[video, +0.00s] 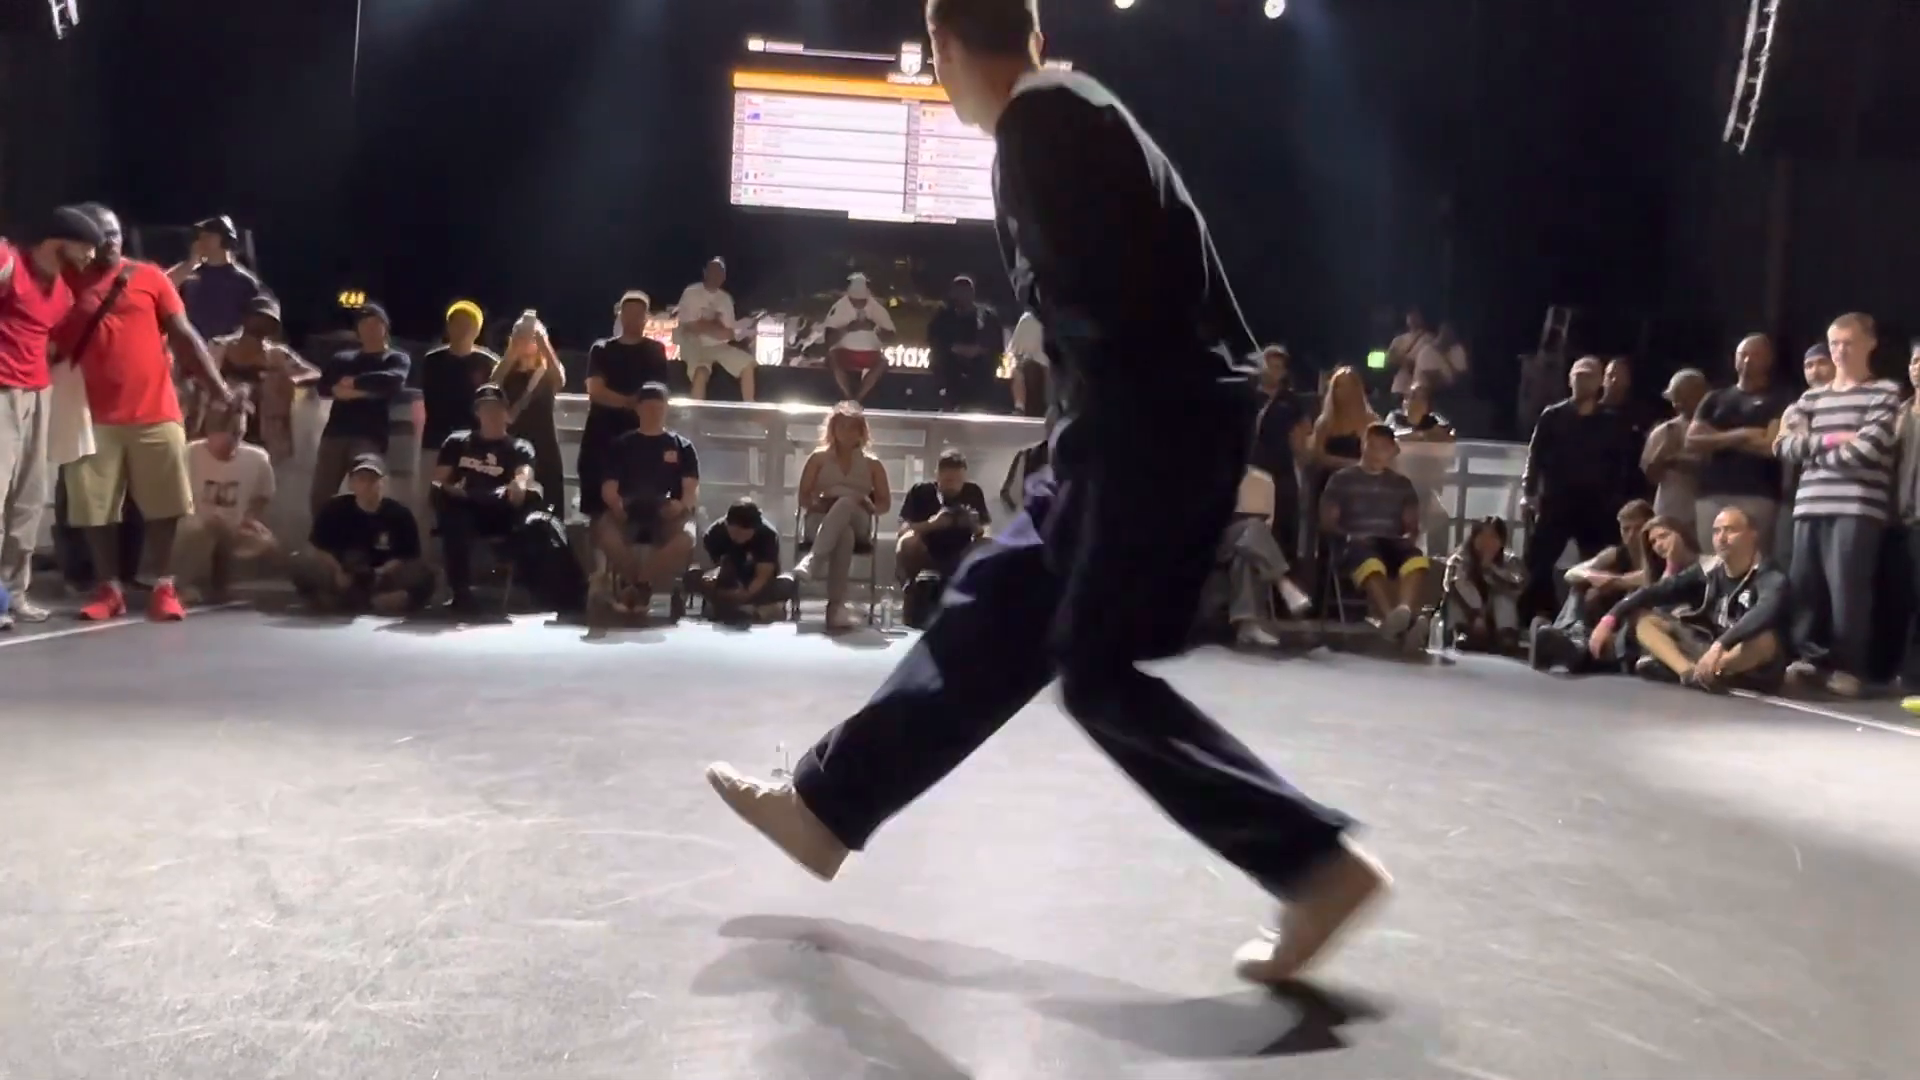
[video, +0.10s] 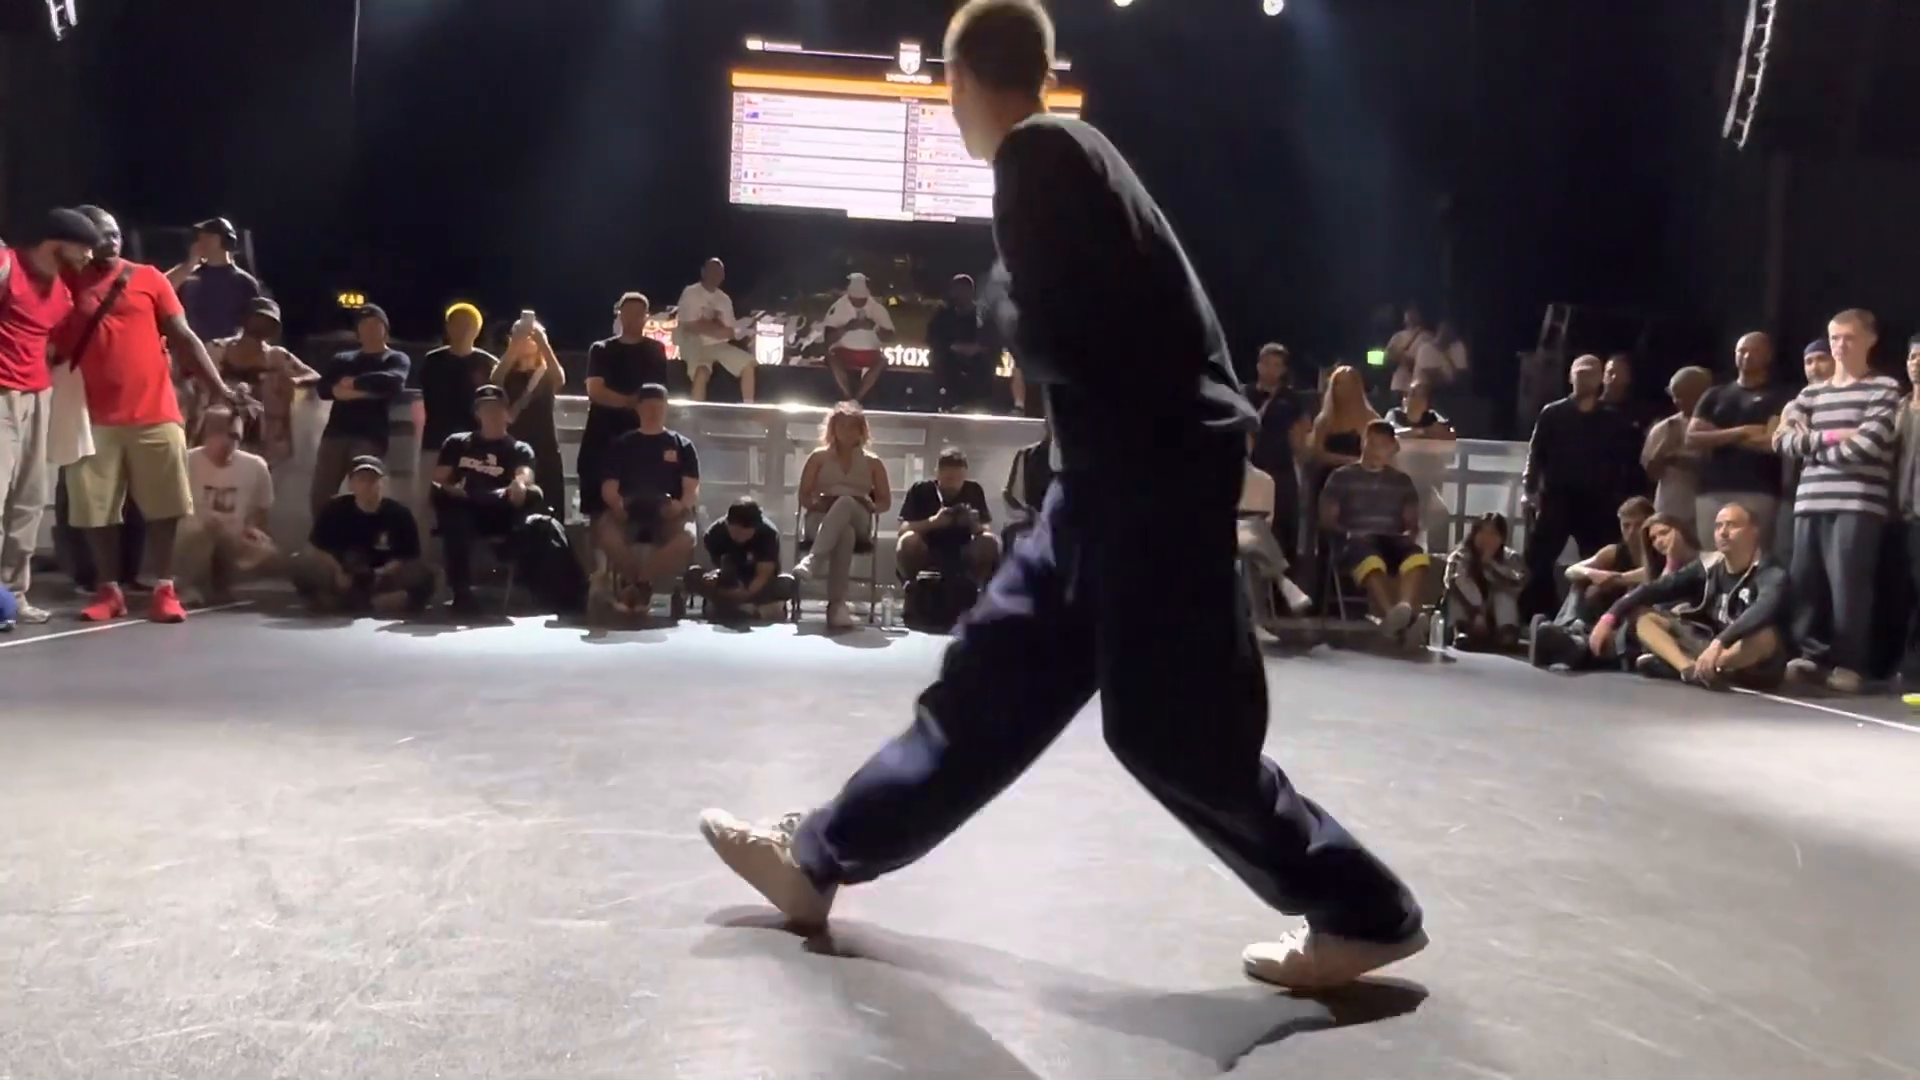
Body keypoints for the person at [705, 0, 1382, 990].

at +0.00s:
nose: (934, 75)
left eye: (934, 54)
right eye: (934, 56)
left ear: (959, 49)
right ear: (1021, 37)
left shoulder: (1042, 117)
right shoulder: (1068, 115)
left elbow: (1094, 296)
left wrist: (1028, 330)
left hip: (1160, 429)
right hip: (1122, 430)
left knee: (1097, 674)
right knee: (994, 612)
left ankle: (1317, 867)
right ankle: (829, 809)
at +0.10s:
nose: (949, 104)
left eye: (948, 83)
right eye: (951, 84)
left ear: (967, 82)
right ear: (1037, 73)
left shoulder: (1040, 155)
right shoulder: (1071, 149)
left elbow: (1061, 329)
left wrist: (996, 308)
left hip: (1160, 480)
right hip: (1114, 477)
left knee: (1170, 726)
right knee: (992, 682)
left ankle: (1365, 914)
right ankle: (816, 860)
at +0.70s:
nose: (1007, 104)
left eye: (1011, 90)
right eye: (1017, 91)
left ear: (1023, 92)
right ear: (1100, 107)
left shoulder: (973, 189)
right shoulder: (1141, 204)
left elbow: (858, 272)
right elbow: (1213, 334)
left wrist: (784, 355)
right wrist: (1154, 375)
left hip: (969, 447)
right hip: (1062, 458)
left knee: (1063, 656)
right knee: (955, 665)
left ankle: (1102, 865)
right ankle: (818, 839)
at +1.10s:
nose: (994, 27)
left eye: (1001, 11)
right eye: (1001, 12)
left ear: (1024, 20)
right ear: (1082, 29)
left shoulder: (1058, 130)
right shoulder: (1065, 123)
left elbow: (1031, 286)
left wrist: (931, 327)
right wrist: (951, 317)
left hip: (1014, 445)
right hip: (1032, 438)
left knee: (978, 657)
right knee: (1026, 640)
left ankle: (1039, 896)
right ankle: (1094, 828)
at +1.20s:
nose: (973, 37)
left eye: (972, 25)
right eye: (1038, 26)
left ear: (970, 32)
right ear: (1060, 34)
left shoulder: (973, 138)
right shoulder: (1088, 130)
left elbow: (917, 303)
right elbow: (1128, 275)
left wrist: (967, 391)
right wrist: (1070, 350)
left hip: (997, 425)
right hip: (1078, 417)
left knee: (964, 647)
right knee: (1068, 629)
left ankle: (1036, 890)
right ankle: (1091, 837)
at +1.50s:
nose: (925, 94)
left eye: (925, 79)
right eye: (932, 78)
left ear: (936, 83)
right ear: (1011, 78)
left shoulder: (958, 159)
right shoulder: (1047, 150)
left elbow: (922, 287)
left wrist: (897, 408)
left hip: (1038, 405)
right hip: (1102, 395)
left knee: (994, 636)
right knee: (1000, 599)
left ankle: (1069, 895)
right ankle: (1004, 788)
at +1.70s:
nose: (1028, 120)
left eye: (1005, 103)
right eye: (1048, 105)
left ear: (984, 107)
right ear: (1066, 108)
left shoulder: (922, 186)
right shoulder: (1115, 201)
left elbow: (845, 284)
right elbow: (1215, 310)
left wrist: (892, 334)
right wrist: (1194, 428)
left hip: (954, 446)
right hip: (1066, 448)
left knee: (941, 632)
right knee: (1046, 621)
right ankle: (1032, 798)